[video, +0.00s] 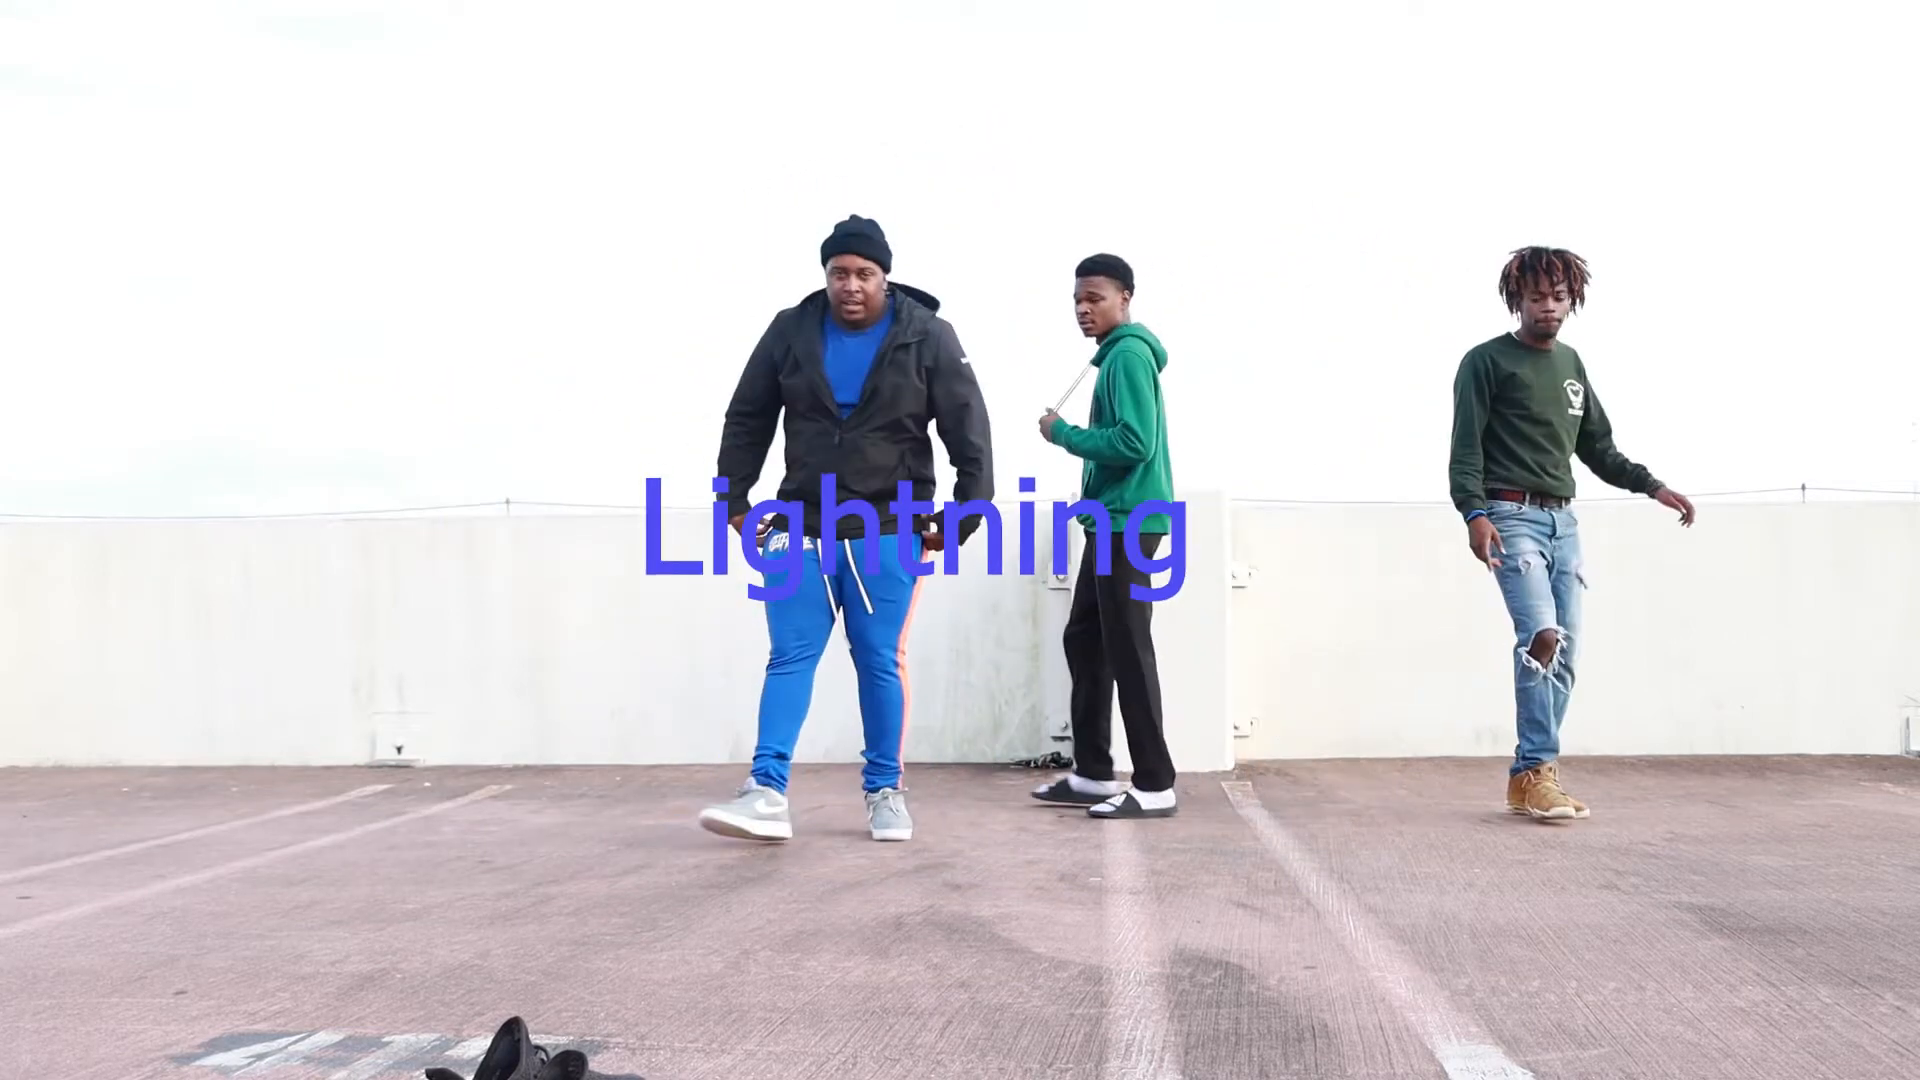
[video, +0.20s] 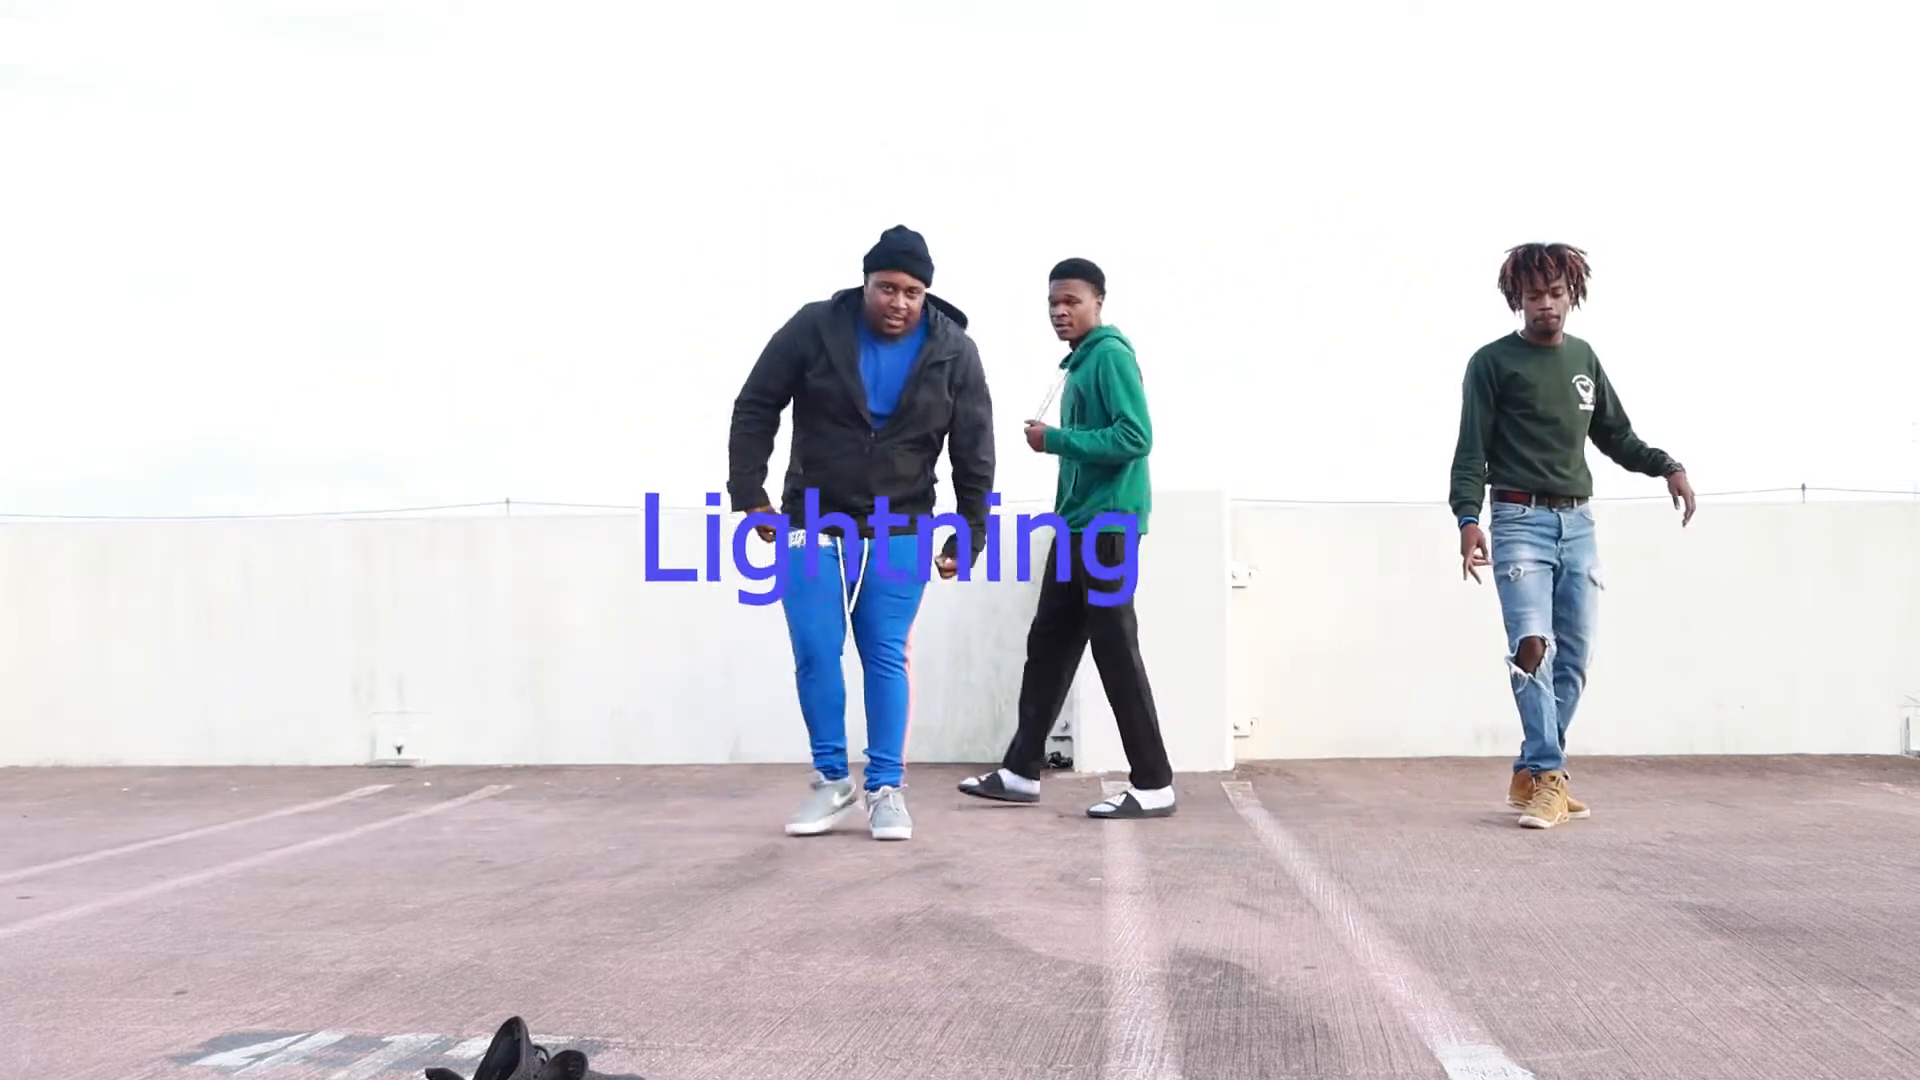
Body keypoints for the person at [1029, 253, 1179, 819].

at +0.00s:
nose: (1083, 309)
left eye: (1094, 298)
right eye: (1079, 300)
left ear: (1125, 299)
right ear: (1081, 305)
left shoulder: (1127, 355)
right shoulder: (1117, 356)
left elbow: (1133, 443)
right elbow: (1127, 445)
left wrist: (1062, 433)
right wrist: (1094, 501)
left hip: (1128, 523)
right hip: (1110, 522)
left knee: (1127, 648)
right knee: (1084, 641)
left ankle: (1156, 785)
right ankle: (1092, 775)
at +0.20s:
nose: (1060, 312)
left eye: (1071, 301)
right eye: (1054, 303)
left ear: (1099, 305)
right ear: (1051, 309)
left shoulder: (1109, 355)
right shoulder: (1083, 362)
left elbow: (1134, 438)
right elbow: (1103, 447)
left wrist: (1054, 439)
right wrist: (1068, 521)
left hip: (1106, 527)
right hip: (1078, 527)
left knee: (1116, 654)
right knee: (1049, 645)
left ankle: (1154, 785)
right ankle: (1020, 773)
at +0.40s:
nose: (1032, 316)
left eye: (1042, 306)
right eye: (1023, 307)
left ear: (1064, 310)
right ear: (1016, 314)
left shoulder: (1085, 362)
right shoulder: (1025, 380)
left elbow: (1123, 437)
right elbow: (1022, 479)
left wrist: (1045, 440)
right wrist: (1007, 550)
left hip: (1083, 531)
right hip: (1036, 534)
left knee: (1102, 655)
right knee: (1021, 658)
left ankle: (1151, 784)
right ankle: (1014, 782)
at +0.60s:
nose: (996, 320)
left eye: (1006, 310)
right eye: (987, 312)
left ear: (1026, 313)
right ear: (979, 320)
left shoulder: (1059, 362)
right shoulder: (981, 387)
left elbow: (1105, 433)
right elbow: (962, 466)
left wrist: (1043, 441)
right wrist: (929, 532)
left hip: (1071, 526)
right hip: (1017, 530)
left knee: (1095, 647)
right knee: (1012, 654)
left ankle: (1136, 780)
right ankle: (1014, 782)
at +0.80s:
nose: (986, 322)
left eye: (994, 312)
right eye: (975, 314)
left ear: (1011, 314)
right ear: (963, 322)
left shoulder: (1051, 362)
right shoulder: (961, 388)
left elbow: (1095, 427)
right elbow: (941, 473)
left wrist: (1053, 444)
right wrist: (905, 510)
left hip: (1065, 532)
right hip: (1006, 537)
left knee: (1079, 655)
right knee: (1005, 659)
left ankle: (1082, 772)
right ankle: (1013, 781)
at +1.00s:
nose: (997, 324)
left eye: (1004, 314)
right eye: (986, 316)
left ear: (1017, 316)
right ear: (967, 322)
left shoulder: (1052, 368)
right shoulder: (960, 387)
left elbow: (1094, 434)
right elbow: (948, 478)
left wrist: (1073, 445)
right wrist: (934, 548)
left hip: (1058, 535)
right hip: (998, 537)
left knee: (1065, 646)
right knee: (1000, 655)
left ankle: (1040, 751)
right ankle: (1011, 779)